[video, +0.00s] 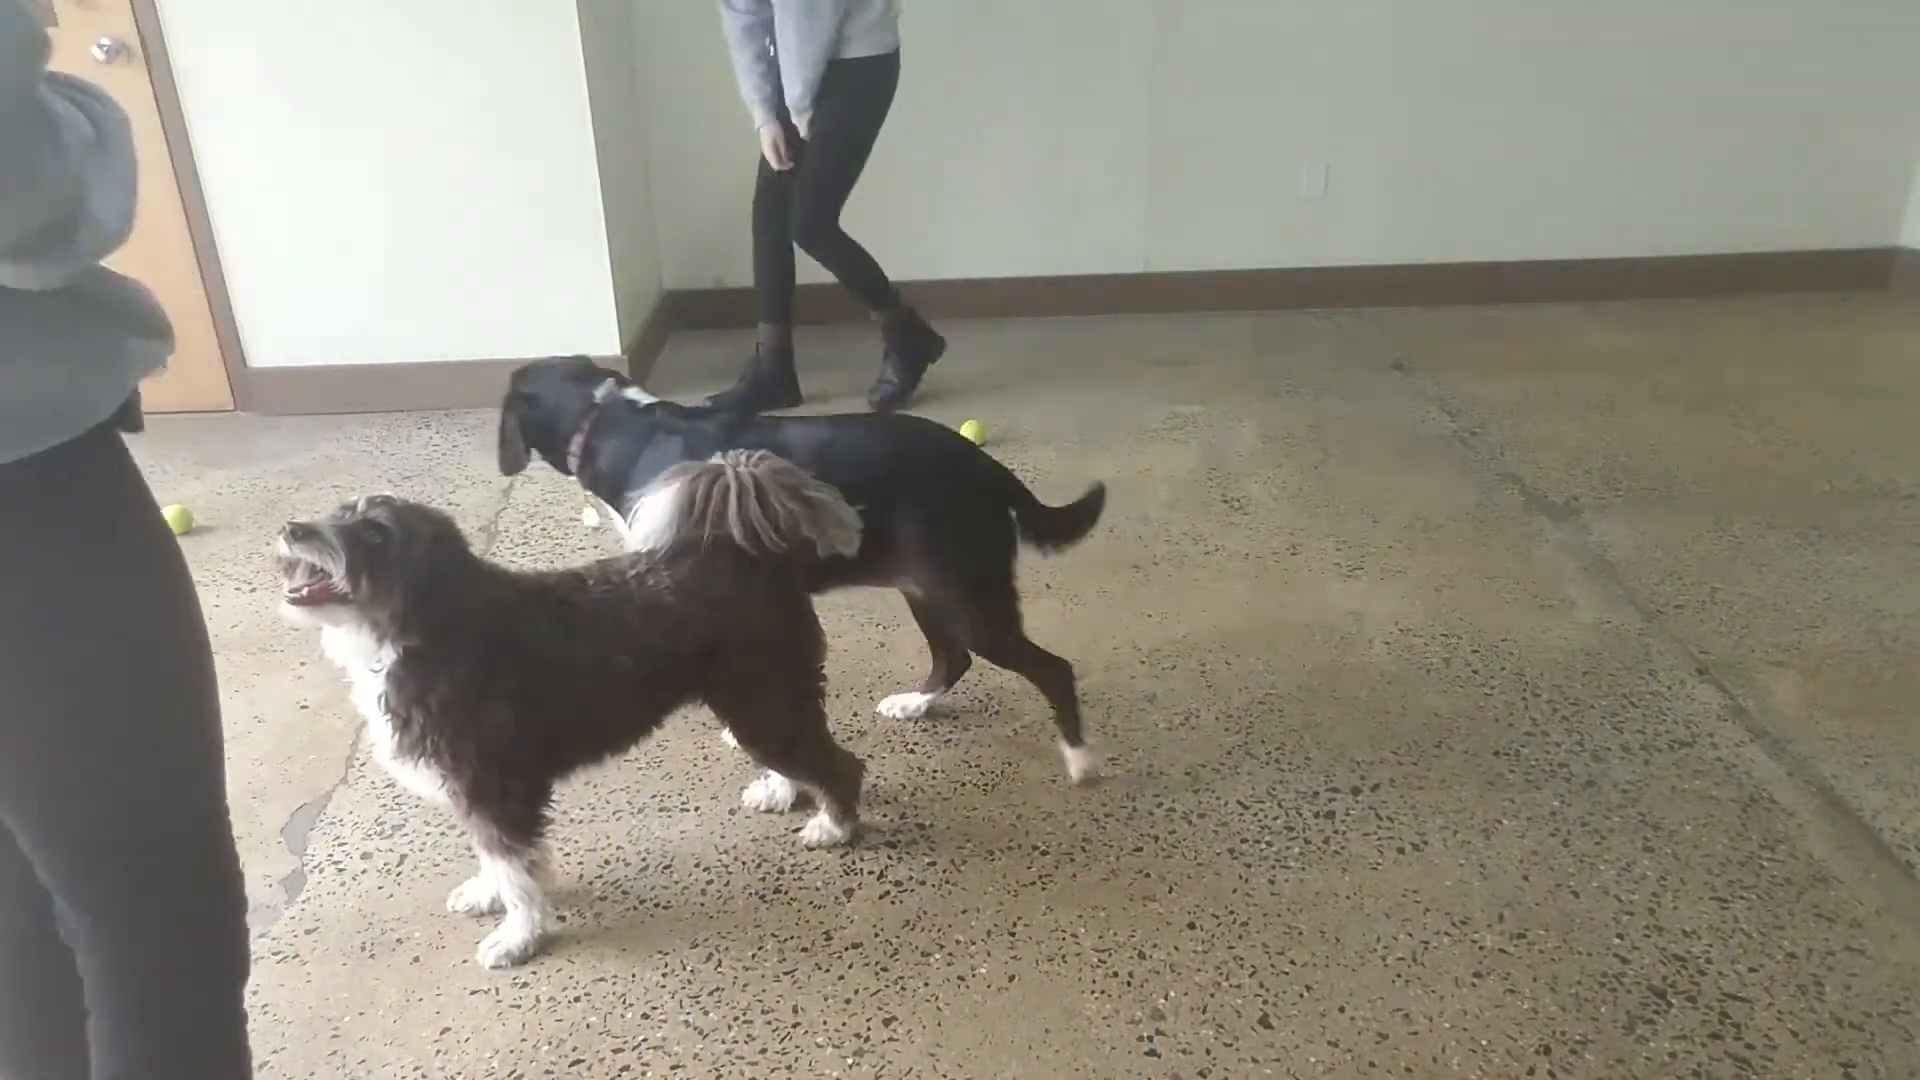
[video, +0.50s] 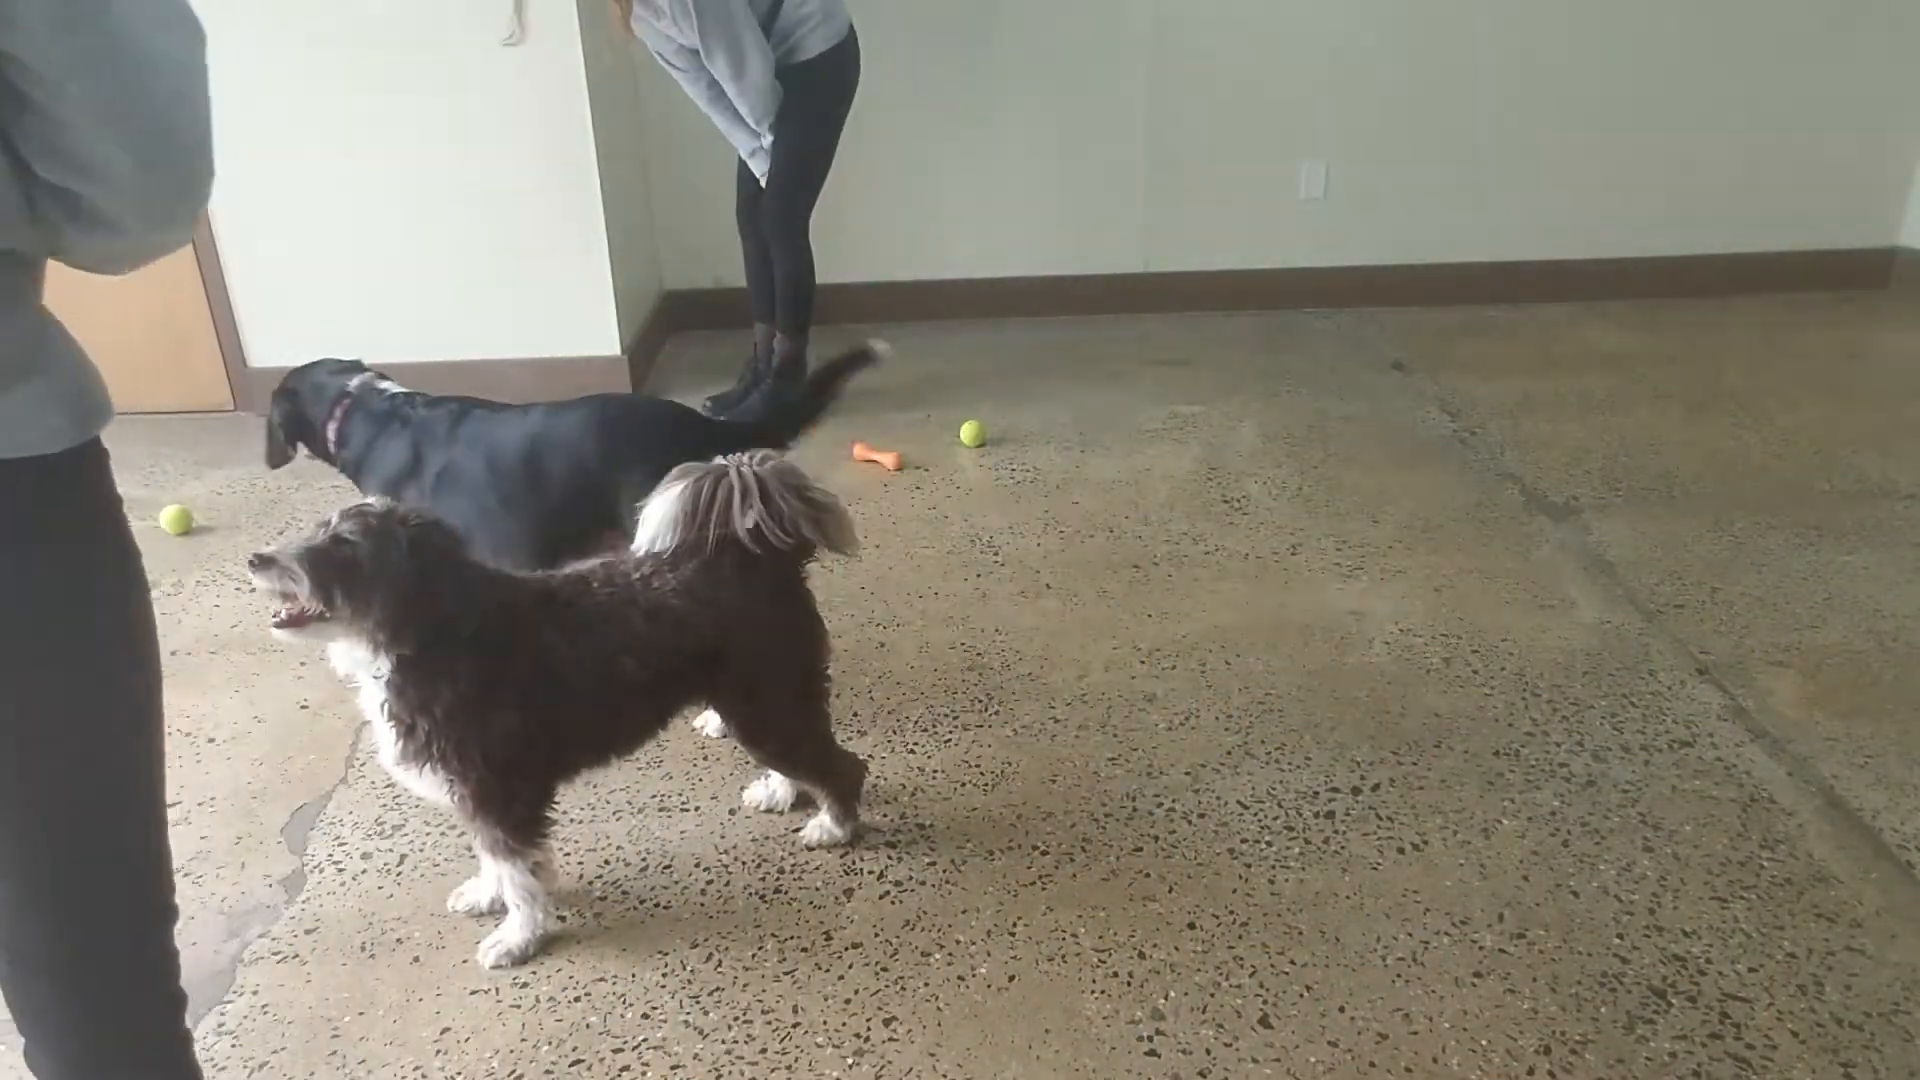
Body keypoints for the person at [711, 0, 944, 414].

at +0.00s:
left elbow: (810, 16)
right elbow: (741, 16)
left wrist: (800, 103)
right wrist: (765, 115)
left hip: (861, 56)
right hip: (794, 58)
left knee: (811, 221)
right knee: (770, 209)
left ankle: (910, 335)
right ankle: (774, 369)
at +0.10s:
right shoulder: (707, 6)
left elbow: (783, 33)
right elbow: (721, 39)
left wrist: (781, 119)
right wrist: (755, 130)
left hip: (843, 50)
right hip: (777, 58)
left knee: (785, 215)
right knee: (757, 213)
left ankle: (865, 349)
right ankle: (772, 370)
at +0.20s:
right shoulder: (684, 7)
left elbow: (770, 49)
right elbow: (713, 59)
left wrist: (771, 130)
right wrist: (755, 142)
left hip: (830, 52)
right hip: (766, 56)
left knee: (782, 213)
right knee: (754, 211)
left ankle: (810, 377)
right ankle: (769, 364)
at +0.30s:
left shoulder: (723, 4)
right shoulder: (662, 6)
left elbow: (761, 58)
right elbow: (703, 67)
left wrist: (772, 133)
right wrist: (751, 143)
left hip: (825, 54)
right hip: (764, 62)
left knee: (783, 213)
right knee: (752, 213)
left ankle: (791, 382)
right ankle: (764, 370)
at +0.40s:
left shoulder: (707, 5)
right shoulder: (652, 12)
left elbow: (755, 68)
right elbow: (703, 84)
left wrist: (772, 129)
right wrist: (755, 154)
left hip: (821, 55)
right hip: (767, 65)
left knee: (784, 214)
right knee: (752, 215)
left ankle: (791, 383)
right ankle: (764, 371)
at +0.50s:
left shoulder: (690, 4)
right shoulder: (643, 17)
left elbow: (750, 73)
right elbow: (705, 91)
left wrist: (774, 129)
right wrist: (759, 159)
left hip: (818, 53)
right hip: (767, 65)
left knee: (782, 211)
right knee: (752, 212)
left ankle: (789, 381)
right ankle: (764, 371)